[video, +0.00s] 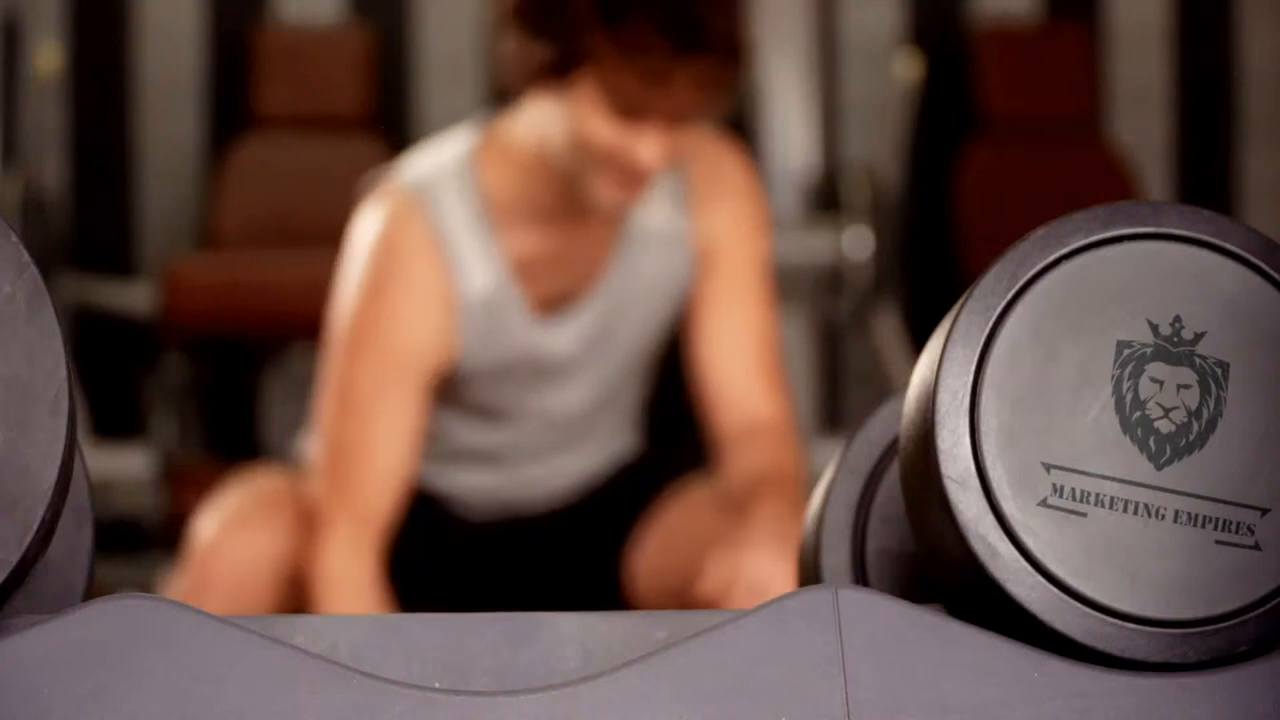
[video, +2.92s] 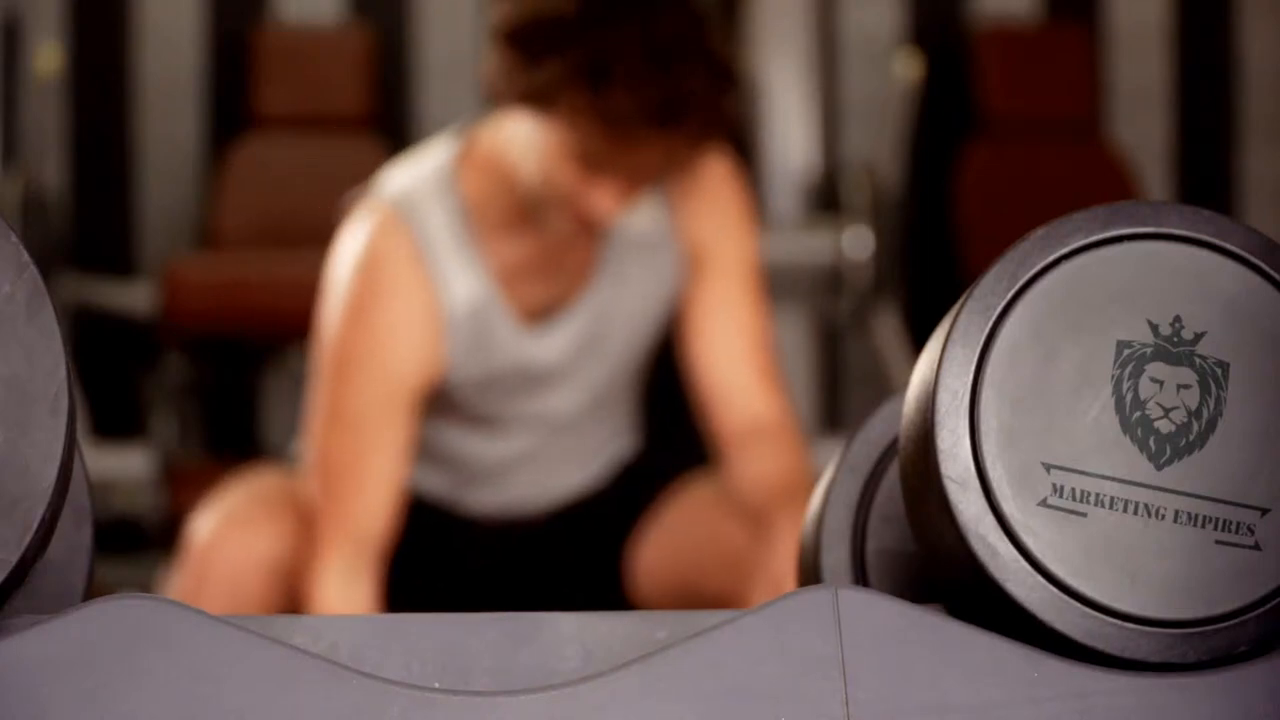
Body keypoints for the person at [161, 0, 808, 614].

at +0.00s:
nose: (651, 154)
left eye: (678, 121)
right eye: (626, 113)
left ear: (704, 107)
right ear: (547, 74)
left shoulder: (710, 182)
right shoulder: (414, 224)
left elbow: (756, 437)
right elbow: (347, 542)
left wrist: (765, 553)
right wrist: (394, 708)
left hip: (600, 523)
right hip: (417, 530)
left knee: (766, 549)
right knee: (243, 530)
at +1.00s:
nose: (622, 199)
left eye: (655, 175)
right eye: (606, 161)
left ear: (695, 146)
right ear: (553, 90)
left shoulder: (705, 175)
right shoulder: (402, 211)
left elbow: (753, 428)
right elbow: (340, 502)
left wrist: (779, 571)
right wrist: (449, 640)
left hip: (602, 515)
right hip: (417, 524)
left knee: (789, 539)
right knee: (245, 524)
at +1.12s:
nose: (613, 202)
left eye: (646, 177)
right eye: (597, 164)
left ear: (690, 148)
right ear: (545, 91)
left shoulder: (701, 175)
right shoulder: (385, 208)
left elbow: (755, 428)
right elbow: (341, 502)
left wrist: (777, 579)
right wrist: (509, 579)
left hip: (604, 519)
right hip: (412, 522)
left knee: (794, 524)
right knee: (245, 527)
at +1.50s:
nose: (588, 201)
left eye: (615, 174)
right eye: (573, 164)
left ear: (652, 137)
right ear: (509, 98)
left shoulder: (671, 173)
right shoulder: (328, 212)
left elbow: (747, 423)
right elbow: (340, 499)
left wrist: (790, 586)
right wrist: (489, 465)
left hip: (600, 522)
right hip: (400, 527)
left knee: (778, 540)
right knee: (235, 532)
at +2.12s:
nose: (600, 180)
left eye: (633, 153)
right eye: (584, 141)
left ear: (672, 119)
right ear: (527, 75)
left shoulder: (692, 171)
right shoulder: (369, 210)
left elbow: (750, 423)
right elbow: (341, 497)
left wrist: (797, 536)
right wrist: (497, 574)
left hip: (607, 512)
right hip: (423, 516)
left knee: (794, 533)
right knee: (241, 528)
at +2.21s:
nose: (605, 182)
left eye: (639, 155)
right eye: (588, 142)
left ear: (676, 122)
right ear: (527, 78)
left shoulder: (698, 174)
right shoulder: (380, 209)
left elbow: (752, 425)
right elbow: (344, 507)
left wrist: (802, 544)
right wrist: (436, 636)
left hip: (605, 512)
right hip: (415, 518)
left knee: (800, 542)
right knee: (241, 529)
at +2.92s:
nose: (613, 207)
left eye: (646, 176)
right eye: (593, 166)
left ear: (681, 147)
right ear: (529, 101)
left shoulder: (695, 178)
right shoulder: (394, 242)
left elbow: (756, 431)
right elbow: (348, 554)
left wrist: (805, 575)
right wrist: (354, 719)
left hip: (602, 524)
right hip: (416, 533)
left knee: (795, 539)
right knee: (238, 533)